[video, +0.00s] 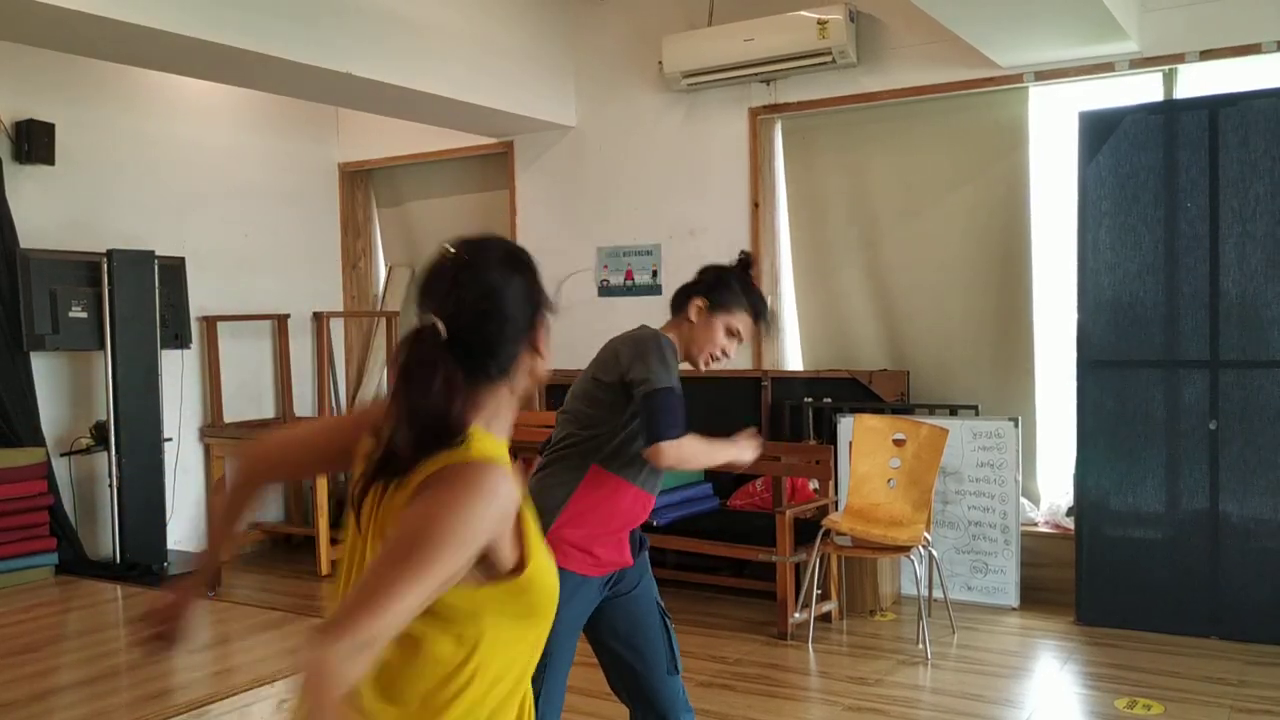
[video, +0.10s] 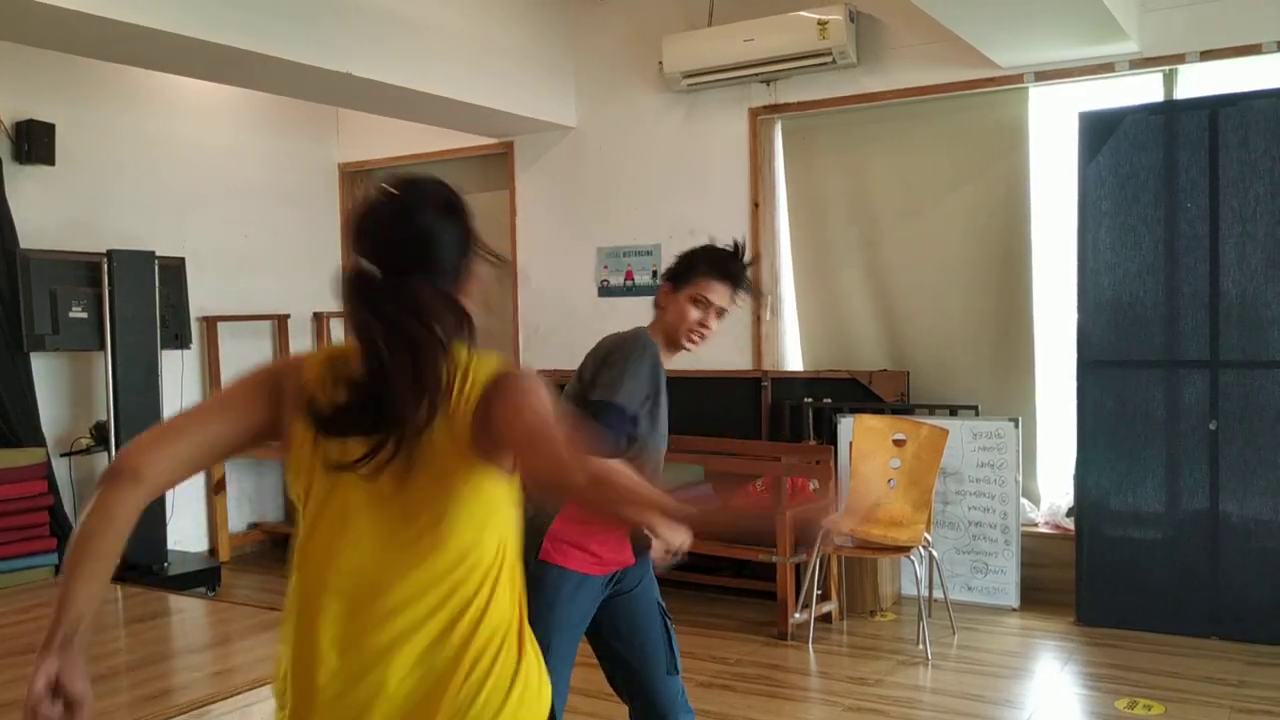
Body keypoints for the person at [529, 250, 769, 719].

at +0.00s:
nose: (730, 352)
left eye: (739, 344)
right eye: (730, 333)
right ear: (696, 309)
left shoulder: (662, 364)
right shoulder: (646, 349)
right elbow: (665, 450)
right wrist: (734, 450)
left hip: (620, 559)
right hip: (561, 558)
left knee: (665, 703)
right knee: (536, 707)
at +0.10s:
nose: (706, 324)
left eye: (718, 315)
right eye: (699, 304)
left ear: (723, 320)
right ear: (665, 293)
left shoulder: (650, 364)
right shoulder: (630, 355)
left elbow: (616, 458)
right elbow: (586, 459)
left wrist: (647, 525)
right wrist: (663, 515)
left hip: (621, 559)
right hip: (566, 557)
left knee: (663, 702)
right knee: (539, 702)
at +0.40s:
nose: (473, 318)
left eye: (473, 301)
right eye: (470, 305)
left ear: (497, 289)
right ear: (498, 292)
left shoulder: (592, 343)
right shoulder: (516, 363)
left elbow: (674, 416)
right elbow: (523, 448)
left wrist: (688, 513)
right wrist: (454, 428)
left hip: (611, 554)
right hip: (535, 557)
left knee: (659, 705)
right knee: (513, 703)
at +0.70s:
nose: (429, 373)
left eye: (417, 362)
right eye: (419, 364)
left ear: (426, 348)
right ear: (452, 321)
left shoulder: (505, 365)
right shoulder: (517, 360)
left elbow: (494, 482)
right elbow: (600, 423)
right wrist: (634, 489)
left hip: (602, 556)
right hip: (533, 564)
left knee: (651, 703)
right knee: (509, 703)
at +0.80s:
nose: (431, 361)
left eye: (425, 350)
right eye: (422, 353)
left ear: (443, 330)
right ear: (450, 324)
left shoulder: (526, 366)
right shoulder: (502, 372)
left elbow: (520, 482)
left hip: (602, 553)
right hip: (535, 555)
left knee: (647, 700)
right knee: (510, 699)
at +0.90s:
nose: (452, 339)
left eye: (455, 325)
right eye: (449, 327)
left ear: (484, 313)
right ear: (484, 314)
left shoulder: (558, 361)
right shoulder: (511, 374)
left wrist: (509, 451)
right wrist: (483, 436)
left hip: (599, 559)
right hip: (533, 557)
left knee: (653, 701)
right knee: (505, 698)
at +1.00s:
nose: (511, 298)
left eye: (520, 283)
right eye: (507, 284)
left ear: (561, 282)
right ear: (509, 288)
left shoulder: (632, 361)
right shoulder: (511, 365)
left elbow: (687, 443)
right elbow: (502, 447)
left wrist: (630, 432)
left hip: (603, 562)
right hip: (517, 566)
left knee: (653, 706)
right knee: (499, 705)